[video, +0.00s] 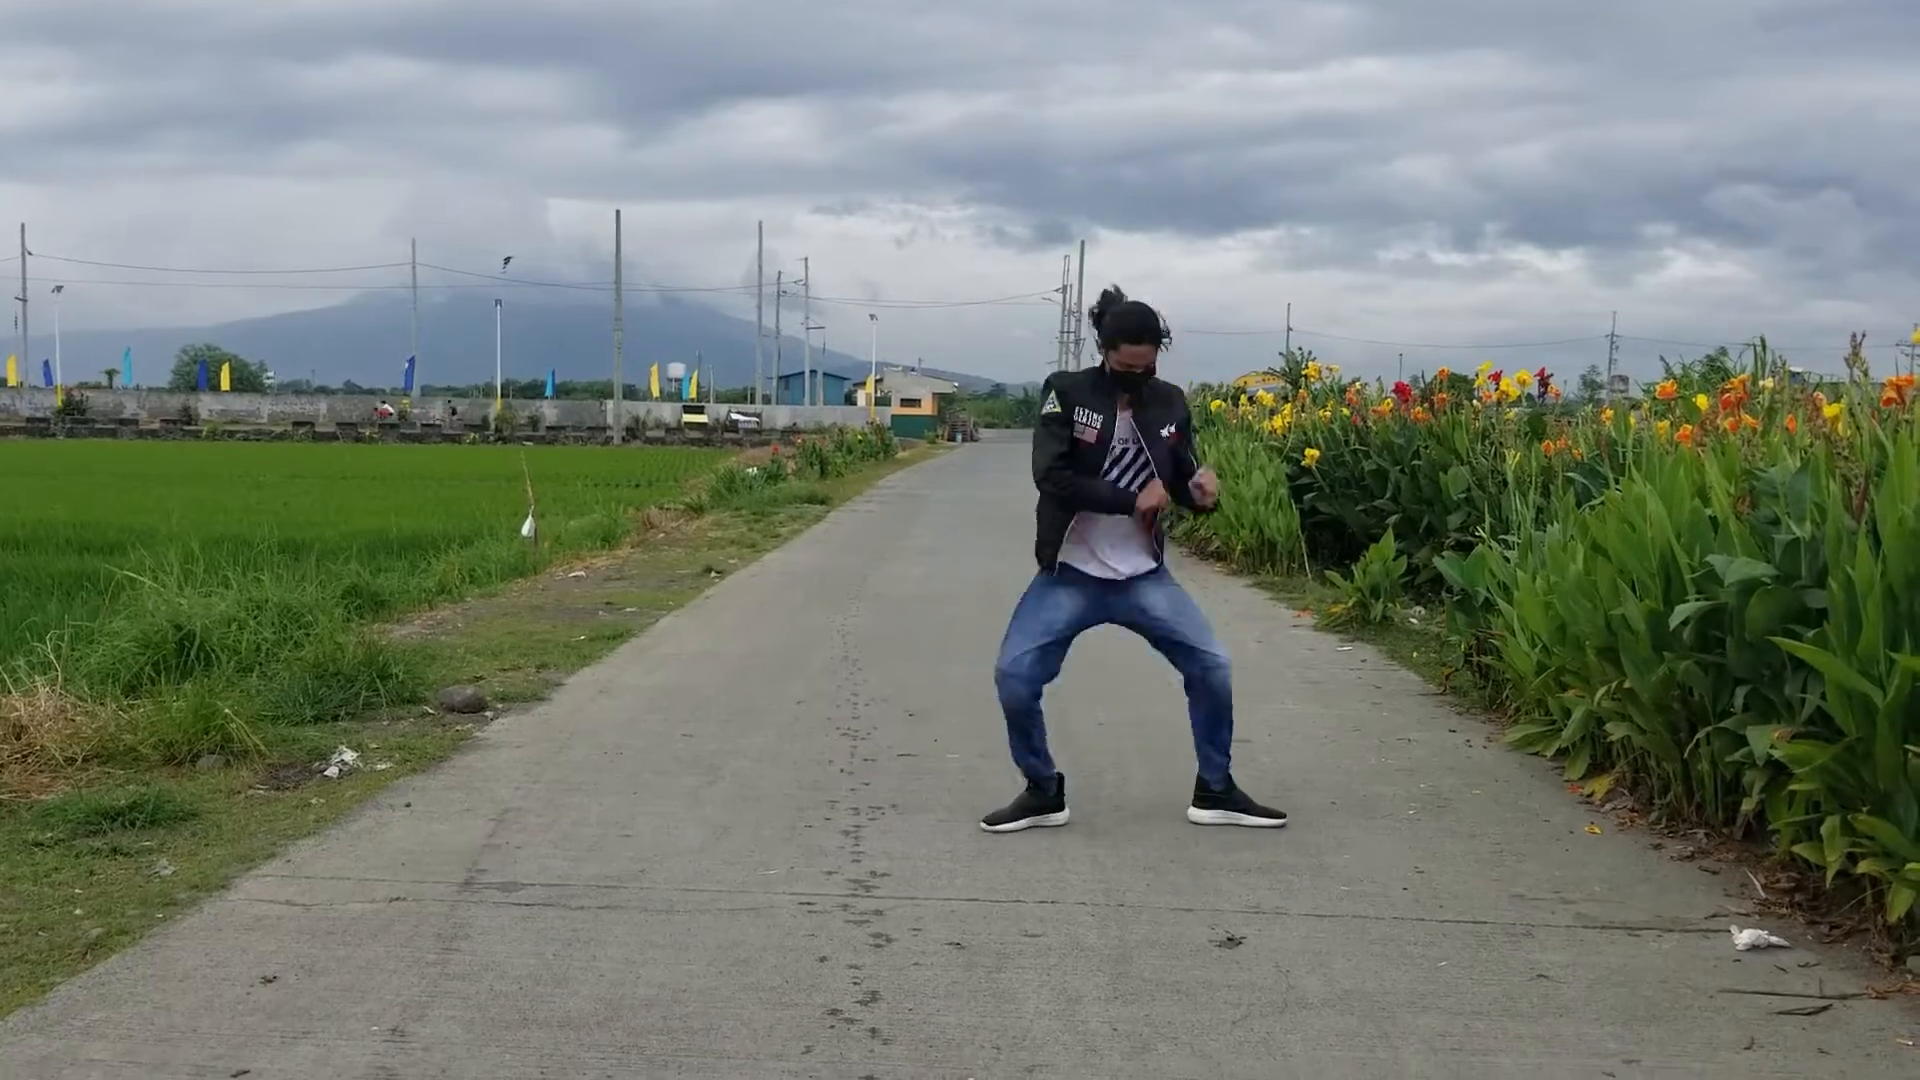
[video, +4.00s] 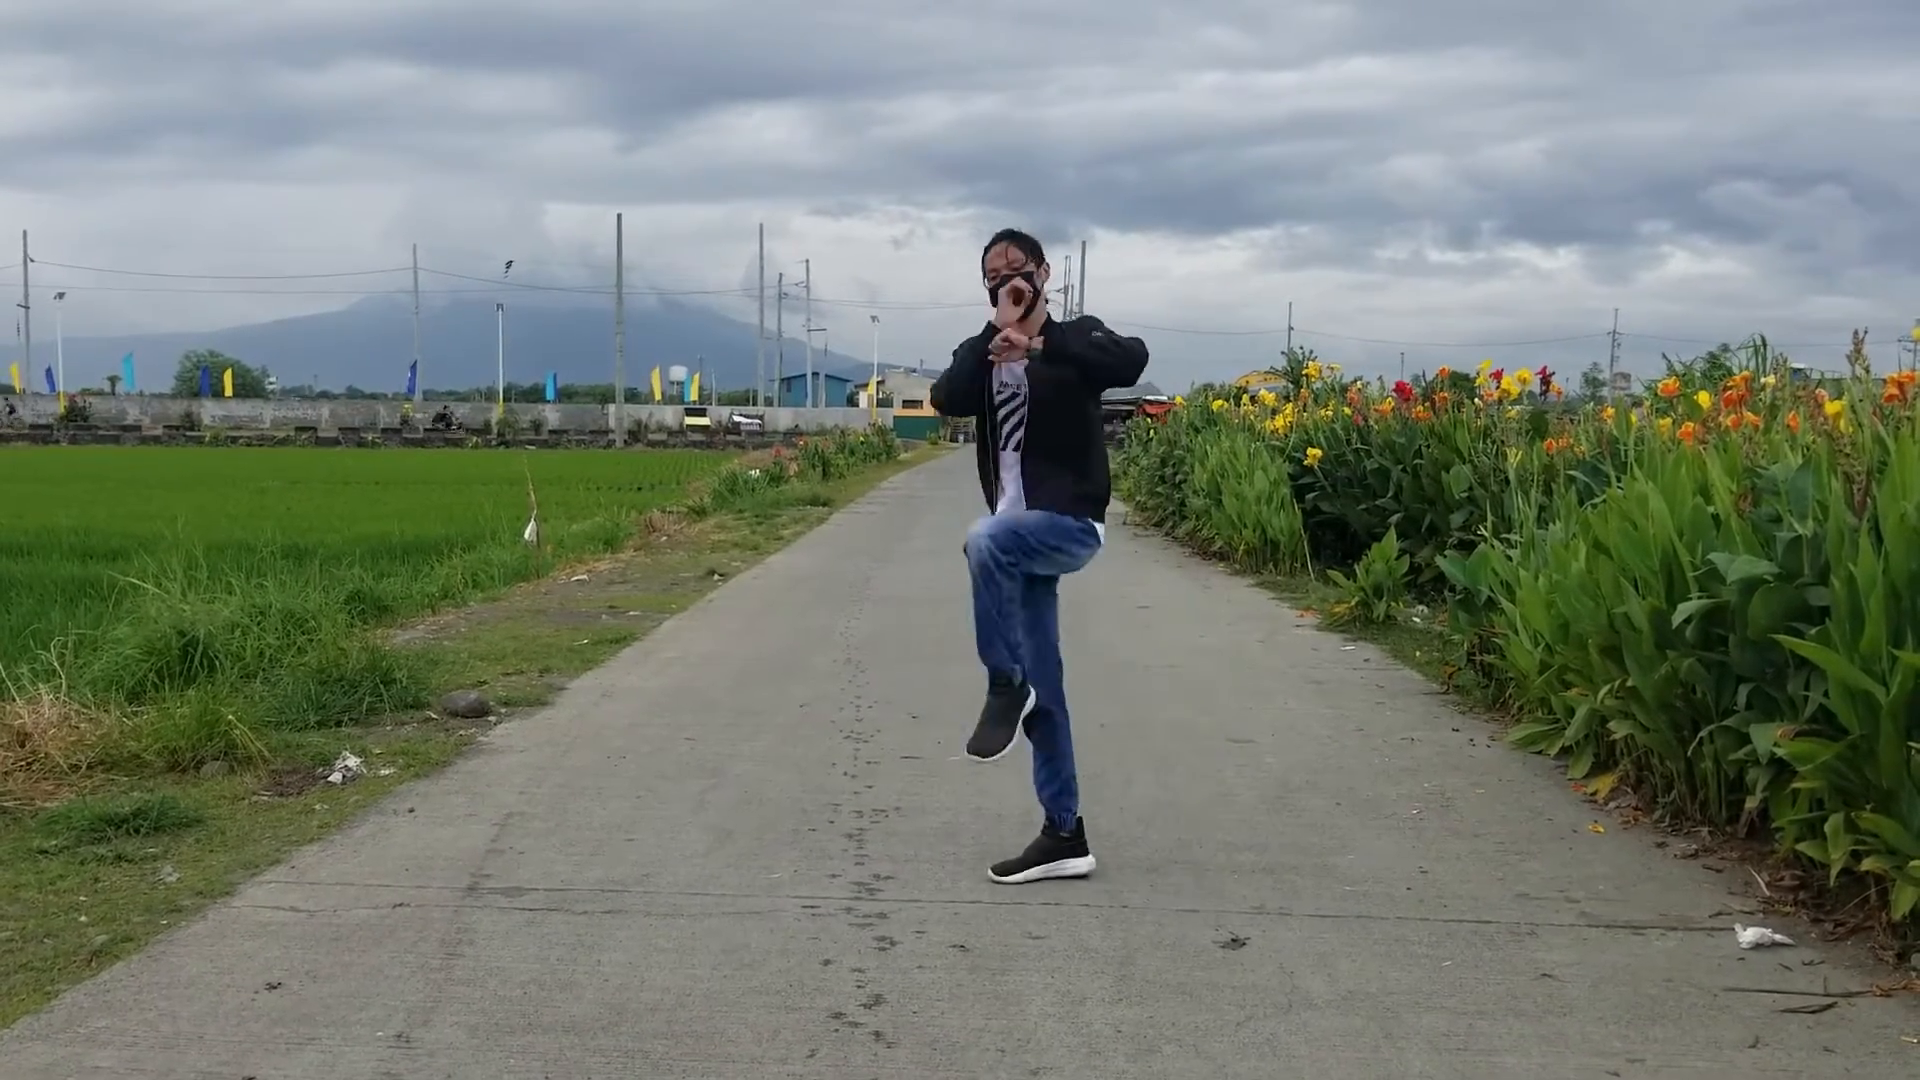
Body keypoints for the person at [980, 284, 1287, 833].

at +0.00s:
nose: (1137, 376)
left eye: (1146, 367)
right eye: (1128, 368)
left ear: (1158, 350)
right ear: (1106, 351)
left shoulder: (1171, 402)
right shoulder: (1067, 391)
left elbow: (1179, 484)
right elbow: (1050, 475)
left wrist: (1196, 491)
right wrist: (1131, 499)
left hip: (1143, 576)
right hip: (1069, 575)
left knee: (1212, 666)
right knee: (1013, 676)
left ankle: (1214, 789)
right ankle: (1043, 790)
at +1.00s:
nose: (1151, 319)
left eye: (1157, 309)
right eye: (1138, 310)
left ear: (1163, 305)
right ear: (1108, 311)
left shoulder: (1175, 380)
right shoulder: (1074, 366)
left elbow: (1178, 460)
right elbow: (1003, 419)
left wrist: (1255, 422)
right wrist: (1055, 425)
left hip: (1165, 551)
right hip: (1098, 551)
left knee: (1215, 671)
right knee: (1071, 677)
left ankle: (1221, 789)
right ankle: (1028, 780)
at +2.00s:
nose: (928, 324)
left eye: (938, 312)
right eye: (919, 316)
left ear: (967, 311)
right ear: (912, 320)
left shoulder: (1007, 381)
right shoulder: (894, 386)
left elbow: (1019, 466)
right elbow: (873, 476)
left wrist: (1024, 534)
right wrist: (835, 536)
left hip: (985, 544)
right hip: (916, 547)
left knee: (978, 676)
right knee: (919, 673)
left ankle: (945, 739)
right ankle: (948, 781)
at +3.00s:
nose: (1069, 301)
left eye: (1077, 287)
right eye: (1054, 295)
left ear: (1094, 287)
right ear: (1039, 307)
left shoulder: (1145, 367)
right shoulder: (1020, 370)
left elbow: (1179, 467)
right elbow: (1014, 462)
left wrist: (1176, 563)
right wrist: (1032, 538)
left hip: (1132, 550)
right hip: (1059, 550)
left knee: (1113, 704)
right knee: (1060, 691)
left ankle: (1113, 839)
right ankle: (1050, 838)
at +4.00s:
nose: (1007, 283)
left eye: (1016, 270)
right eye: (996, 277)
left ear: (1042, 273)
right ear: (986, 291)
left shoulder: (1077, 333)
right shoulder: (980, 350)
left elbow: (1131, 361)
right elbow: (949, 400)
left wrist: (1046, 347)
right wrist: (992, 337)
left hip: (1070, 520)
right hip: (1012, 524)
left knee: (987, 540)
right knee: (1040, 685)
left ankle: (1005, 685)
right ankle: (1064, 833)